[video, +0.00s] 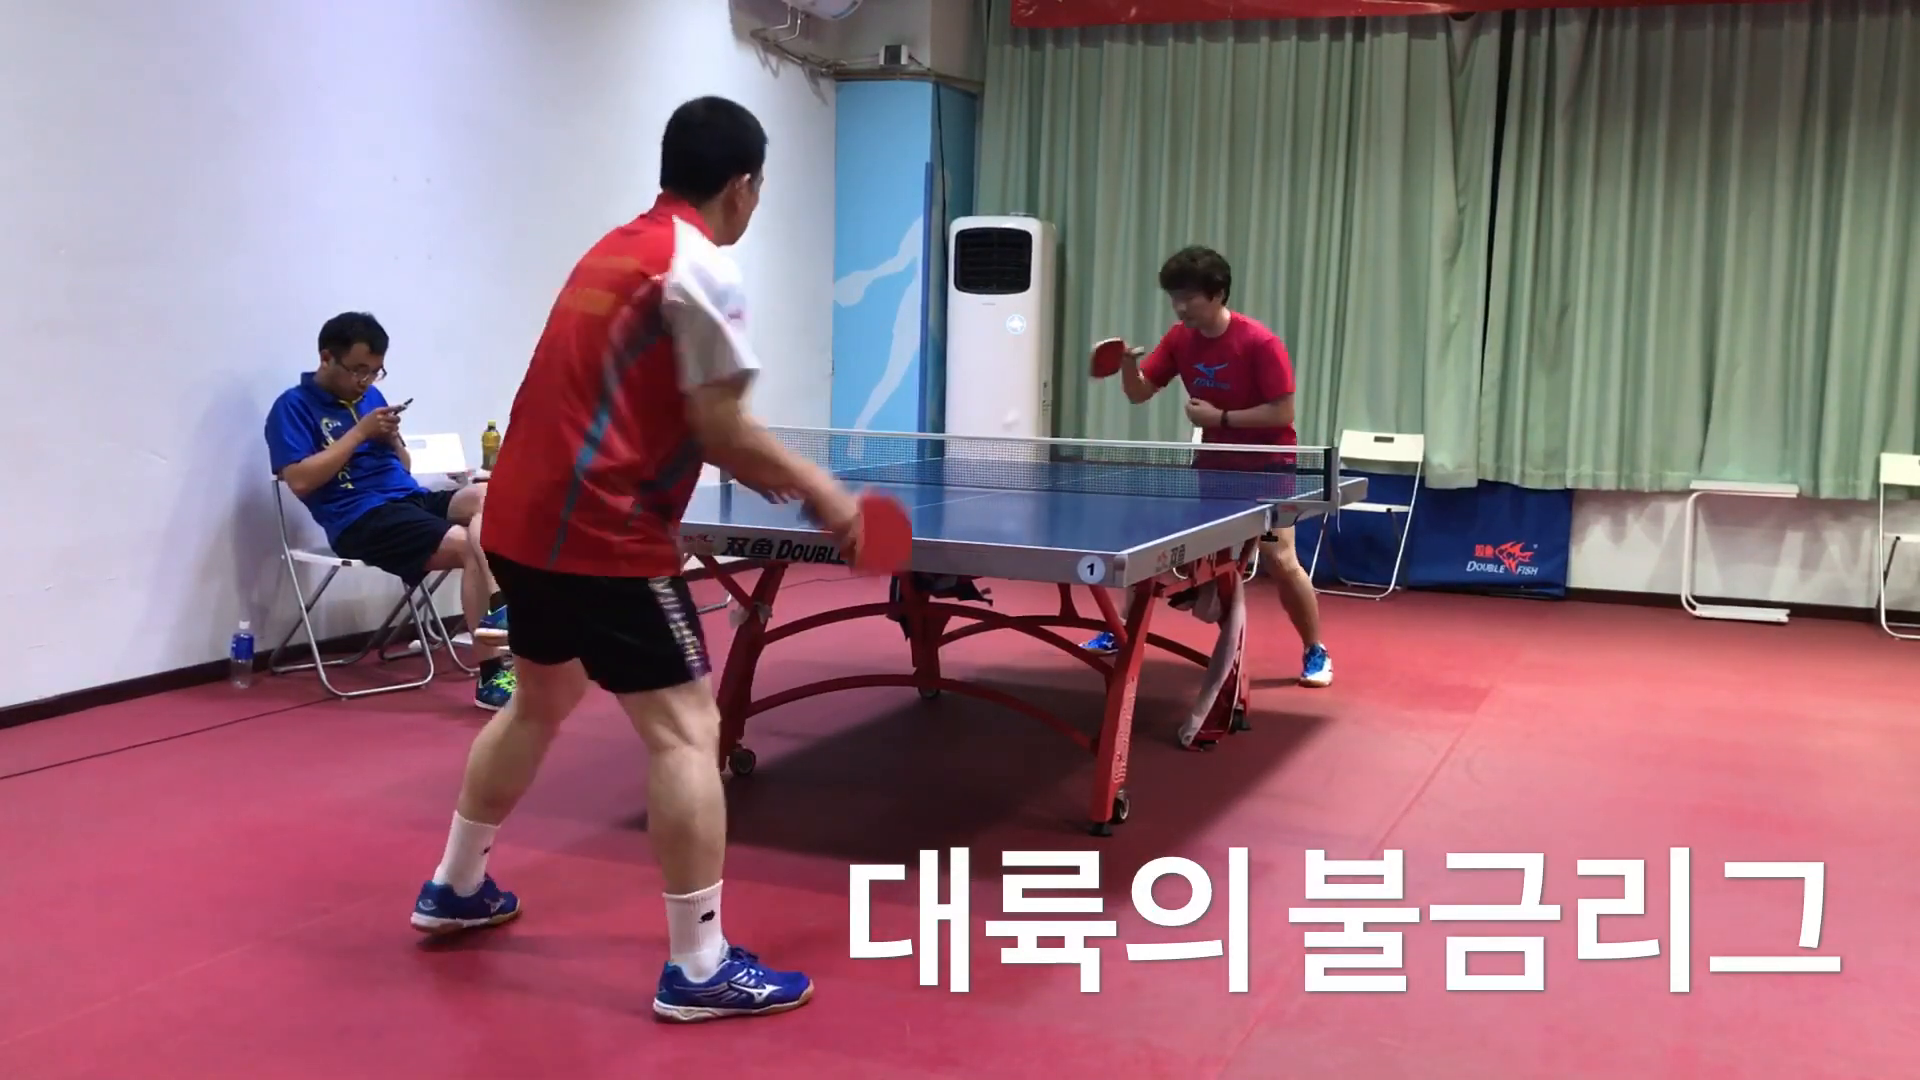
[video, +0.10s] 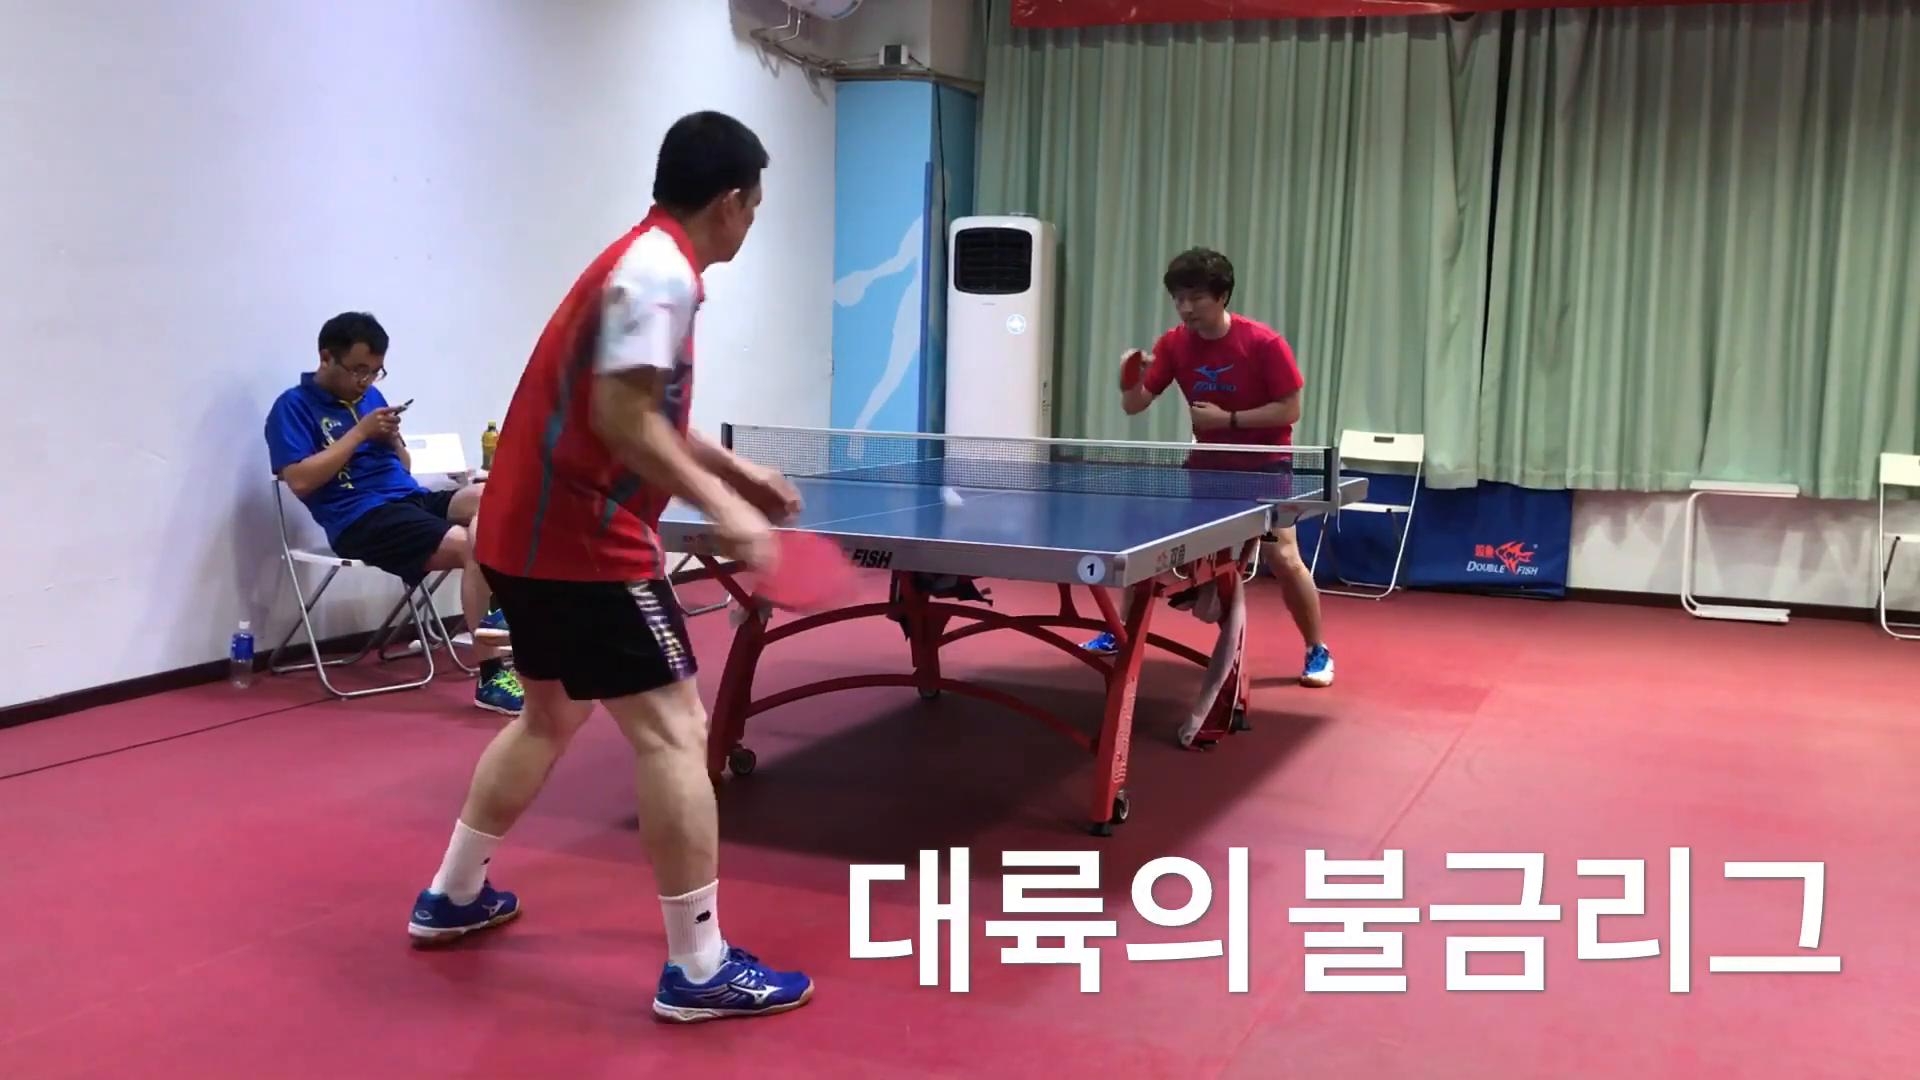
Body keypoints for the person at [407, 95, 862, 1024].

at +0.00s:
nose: (756, 202)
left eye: (755, 186)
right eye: (757, 185)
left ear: (670, 171)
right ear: (738, 185)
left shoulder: (618, 247)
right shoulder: (698, 266)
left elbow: (667, 417)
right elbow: (718, 430)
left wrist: (784, 468)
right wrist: (821, 490)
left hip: (523, 525)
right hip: (604, 541)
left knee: (538, 706)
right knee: (685, 732)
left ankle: (453, 886)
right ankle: (700, 966)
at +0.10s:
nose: (753, 219)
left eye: (756, 203)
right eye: (754, 202)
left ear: (678, 190)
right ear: (726, 200)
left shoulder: (647, 262)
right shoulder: (658, 270)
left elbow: (652, 417)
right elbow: (623, 419)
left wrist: (736, 472)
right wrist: (722, 505)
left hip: (527, 537)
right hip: (585, 544)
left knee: (548, 715)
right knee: (672, 731)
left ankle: (451, 894)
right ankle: (699, 965)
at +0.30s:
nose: (694, 205)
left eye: (697, 188)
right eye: (692, 186)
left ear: (628, 173)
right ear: (655, 176)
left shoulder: (569, 240)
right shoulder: (593, 241)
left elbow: (579, 407)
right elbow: (600, 381)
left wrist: (674, 462)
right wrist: (759, 398)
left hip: (509, 531)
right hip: (568, 538)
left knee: (536, 711)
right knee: (651, 724)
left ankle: (449, 895)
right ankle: (690, 959)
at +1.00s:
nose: (732, 226)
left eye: (733, 209)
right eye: (731, 208)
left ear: (654, 198)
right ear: (703, 207)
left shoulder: (624, 269)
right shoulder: (633, 277)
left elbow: (635, 433)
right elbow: (593, 427)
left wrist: (709, 505)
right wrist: (696, 524)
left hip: (495, 543)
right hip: (546, 552)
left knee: (535, 719)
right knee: (645, 739)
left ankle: (432, 898)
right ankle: (643, 987)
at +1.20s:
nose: (691, 222)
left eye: (696, 204)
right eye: (690, 201)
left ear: (637, 182)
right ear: (649, 184)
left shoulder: (593, 252)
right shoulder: (566, 239)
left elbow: (572, 401)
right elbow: (520, 375)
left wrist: (633, 482)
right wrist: (662, 417)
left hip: (513, 536)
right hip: (534, 541)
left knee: (532, 719)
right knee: (624, 730)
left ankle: (432, 895)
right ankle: (642, 978)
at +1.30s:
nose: (661, 191)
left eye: (664, 172)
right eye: (659, 170)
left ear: (591, 153)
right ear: (625, 159)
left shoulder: (534, 212)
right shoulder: (568, 214)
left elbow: (529, 381)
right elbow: (630, 351)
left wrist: (611, 458)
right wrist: (704, 315)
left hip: (481, 511)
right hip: (541, 515)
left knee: (513, 706)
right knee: (618, 718)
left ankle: (431, 895)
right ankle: (628, 964)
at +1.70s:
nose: (661, 178)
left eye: (657, 164)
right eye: (660, 164)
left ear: (564, 166)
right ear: (641, 170)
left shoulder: (505, 253)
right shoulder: (656, 269)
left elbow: (454, 354)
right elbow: (702, 422)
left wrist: (543, 398)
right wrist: (734, 396)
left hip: (483, 542)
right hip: (593, 548)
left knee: (485, 714)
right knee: (676, 747)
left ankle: (429, 901)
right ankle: (636, 983)